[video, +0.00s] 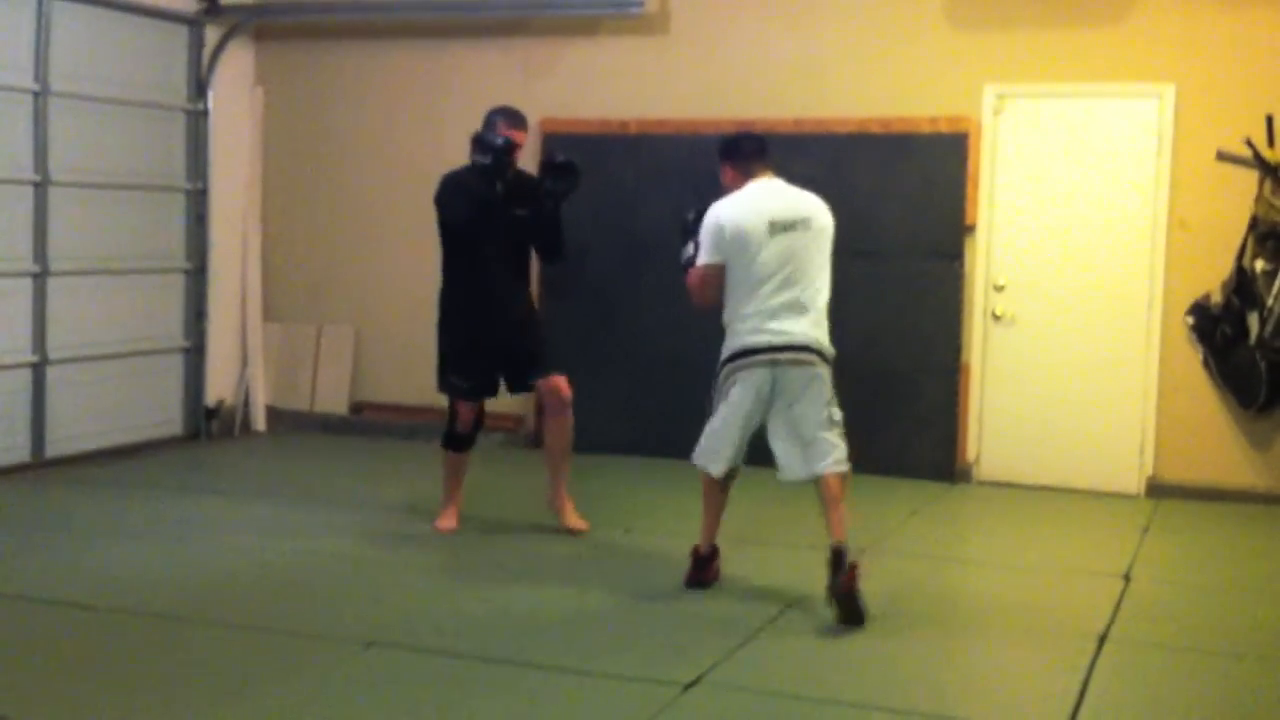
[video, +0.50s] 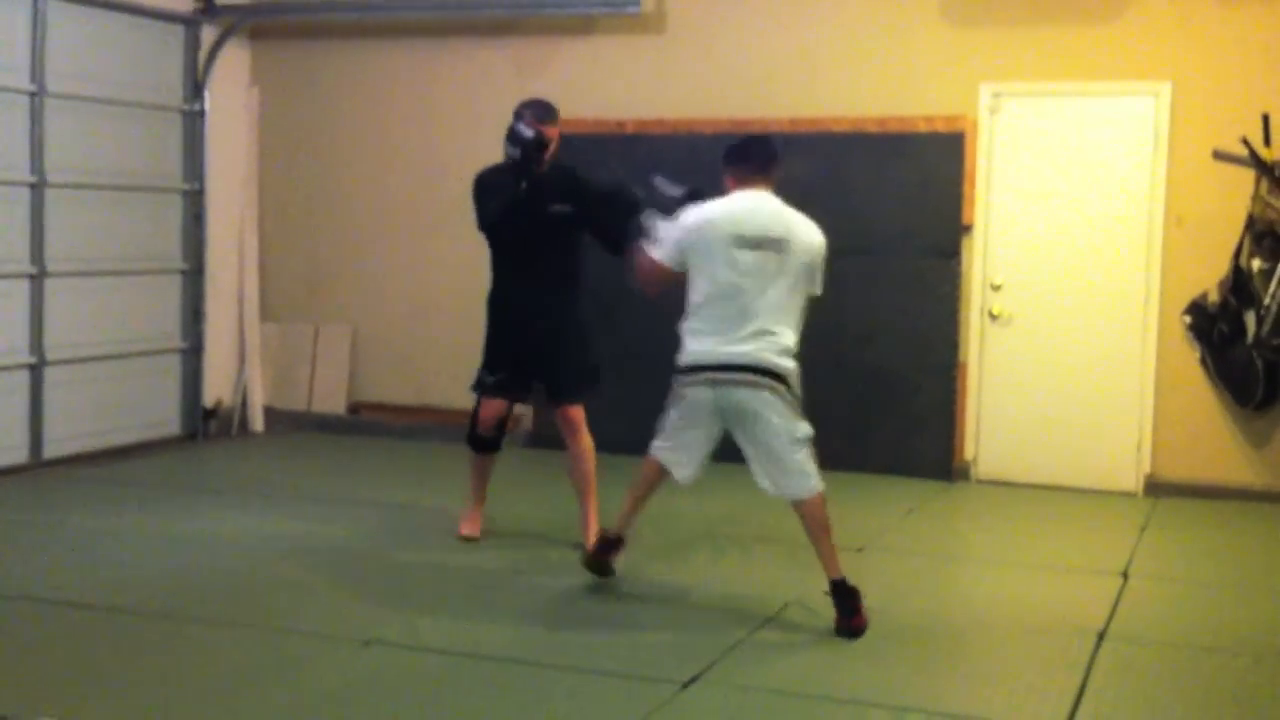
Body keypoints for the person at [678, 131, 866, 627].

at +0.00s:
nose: (721, 182)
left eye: (721, 175)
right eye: (723, 175)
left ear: (730, 171)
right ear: (769, 163)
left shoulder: (724, 213)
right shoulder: (819, 209)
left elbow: (704, 293)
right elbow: (807, 275)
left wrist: (694, 253)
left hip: (749, 349)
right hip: (808, 349)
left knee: (720, 451)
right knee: (827, 452)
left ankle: (705, 552)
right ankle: (841, 555)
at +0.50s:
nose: (732, 182)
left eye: (729, 174)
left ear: (728, 174)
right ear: (774, 175)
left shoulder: (698, 219)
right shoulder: (808, 234)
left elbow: (650, 278)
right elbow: (802, 295)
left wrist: (648, 234)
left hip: (699, 375)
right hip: (765, 378)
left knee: (664, 455)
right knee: (802, 483)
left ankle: (612, 539)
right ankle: (840, 591)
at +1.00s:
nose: (706, 175)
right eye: (709, 168)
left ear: (658, 163)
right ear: (706, 169)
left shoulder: (618, 207)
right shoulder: (728, 226)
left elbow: (581, 274)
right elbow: (734, 305)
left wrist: (632, 273)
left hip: (622, 365)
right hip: (683, 368)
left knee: (616, 469)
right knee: (708, 487)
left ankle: (593, 560)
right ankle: (681, 604)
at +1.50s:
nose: (669, 168)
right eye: (674, 161)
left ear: (621, 154)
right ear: (672, 162)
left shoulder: (576, 203)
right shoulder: (694, 218)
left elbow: (571, 278)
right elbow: (691, 304)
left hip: (568, 365)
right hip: (638, 370)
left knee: (567, 483)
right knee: (709, 492)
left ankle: (536, 586)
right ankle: (686, 607)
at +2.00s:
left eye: (581, 147)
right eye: (625, 144)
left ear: (574, 151)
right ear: (630, 147)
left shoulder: (549, 209)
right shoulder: (666, 199)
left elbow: (573, 267)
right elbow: (660, 262)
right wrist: (640, 174)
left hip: (555, 372)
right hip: (628, 373)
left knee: (545, 493)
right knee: (704, 499)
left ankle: (523, 599)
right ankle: (680, 627)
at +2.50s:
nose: (663, 165)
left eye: (636, 150)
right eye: (677, 158)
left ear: (621, 148)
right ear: (681, 160)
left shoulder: (568, 190)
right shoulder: (692, 230)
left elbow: (548, 266)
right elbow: (668, 297)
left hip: (526, 372)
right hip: (597, 387)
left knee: (544, 493)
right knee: (661, 513)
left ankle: (519, 604)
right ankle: (657, 660)